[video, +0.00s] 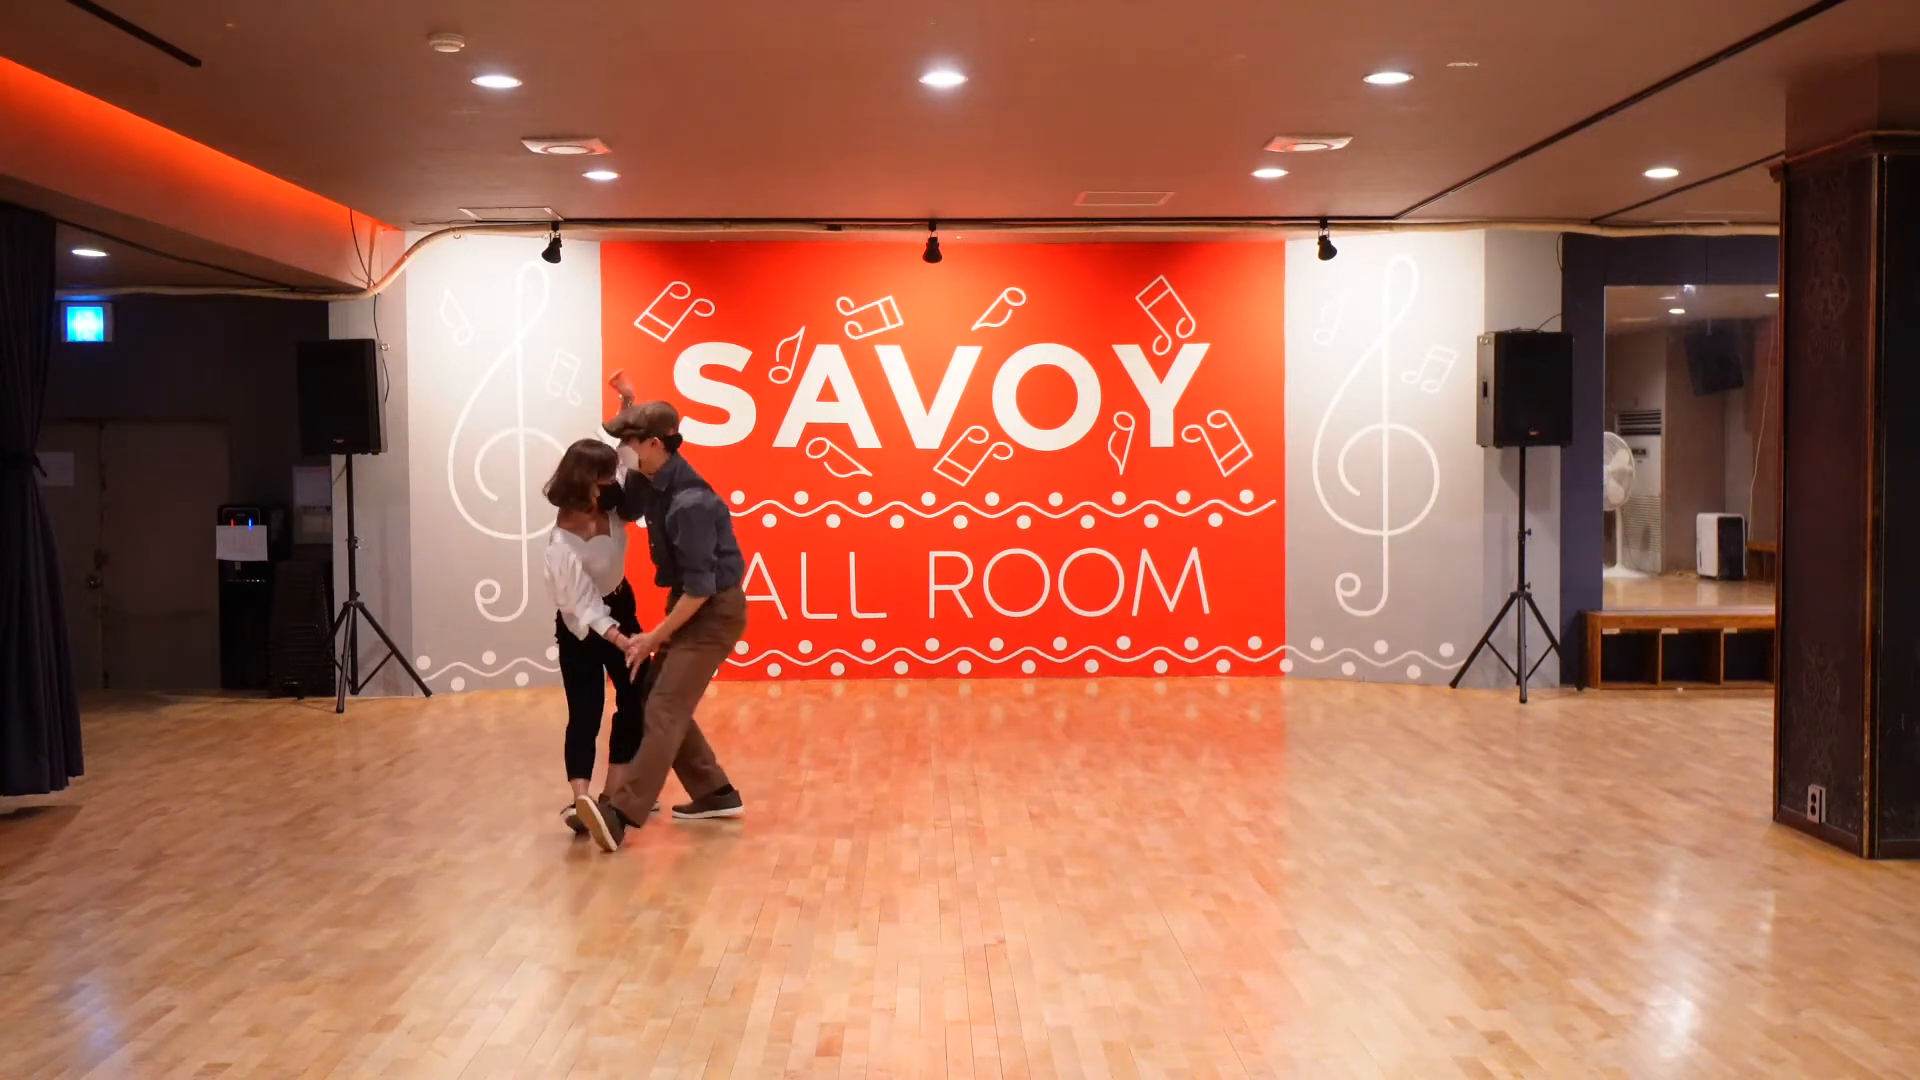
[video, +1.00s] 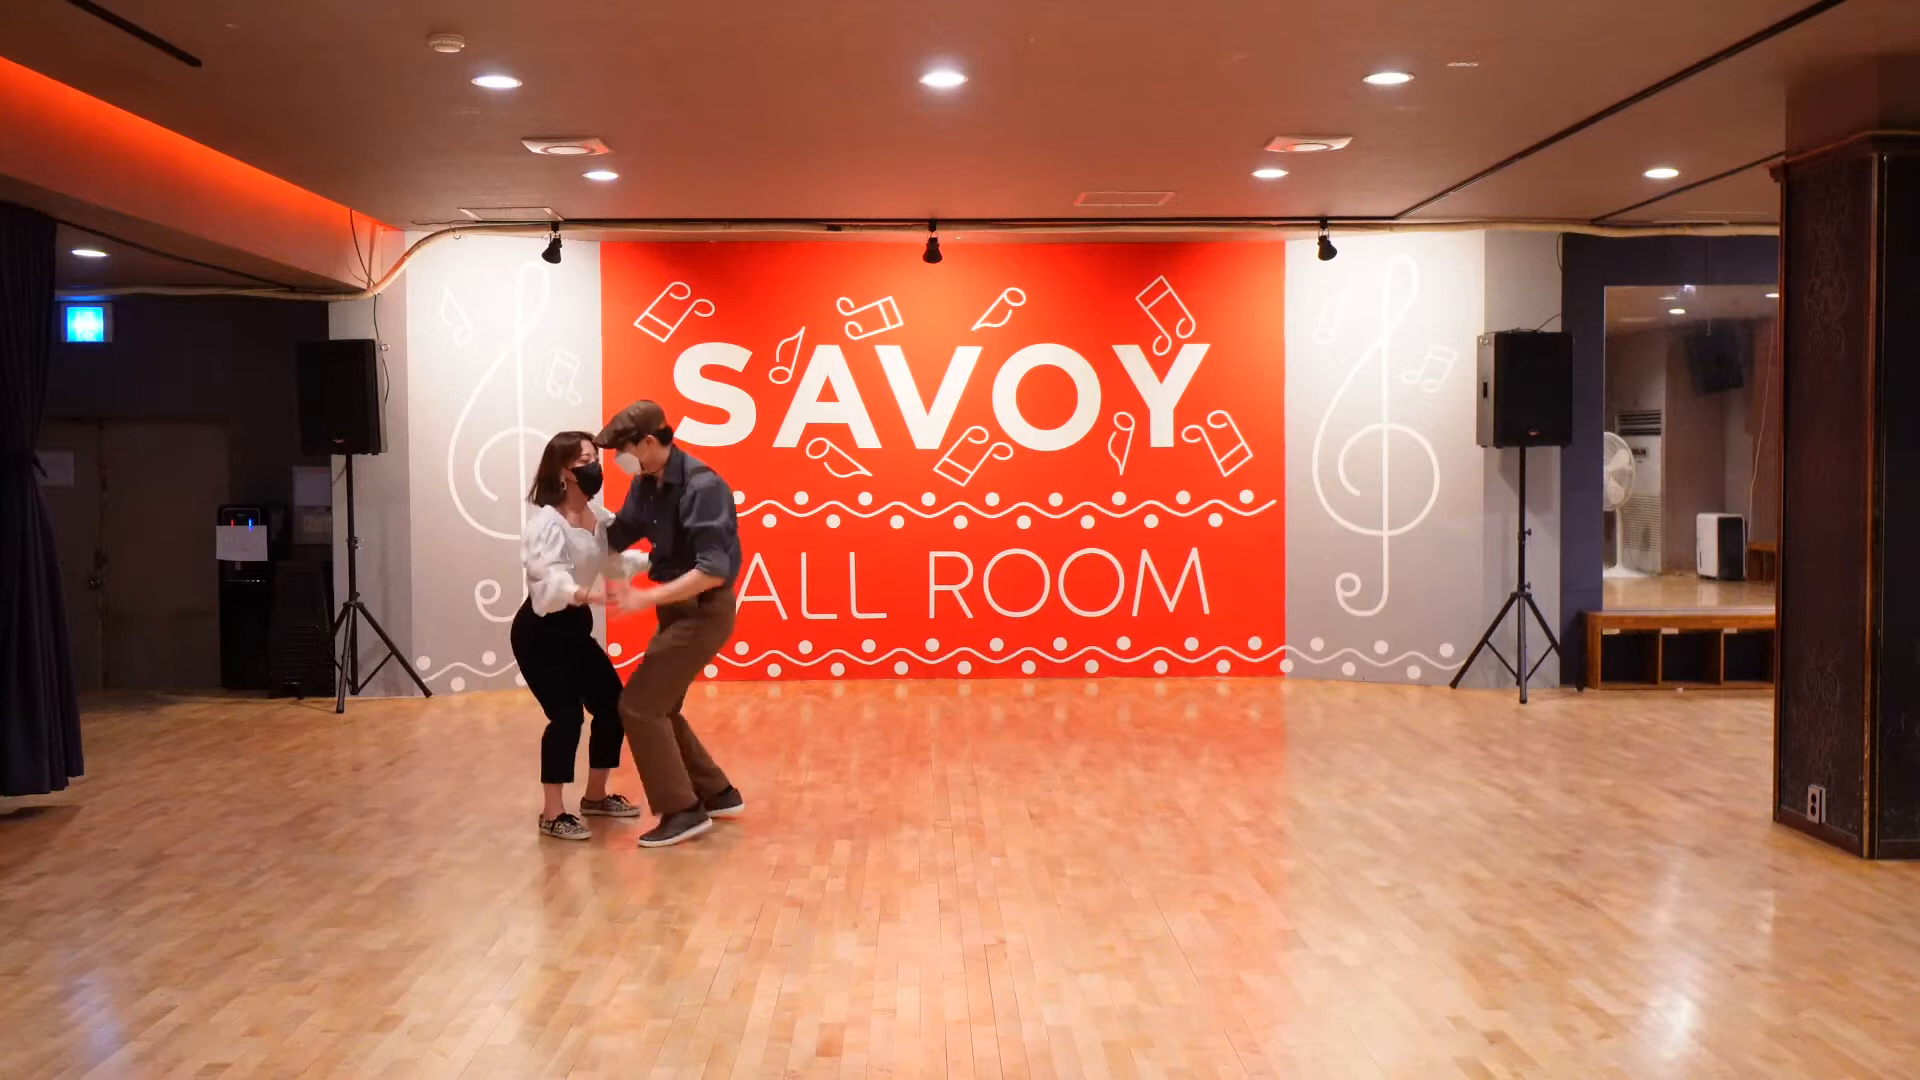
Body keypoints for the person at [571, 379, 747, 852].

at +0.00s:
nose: (629, 453)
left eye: (634, 443)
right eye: (628, 445)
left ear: (657, 444)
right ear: (655, 443)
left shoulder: (689, 502)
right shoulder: (651, 480)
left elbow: (699, 591)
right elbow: (622, 509)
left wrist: (655, 637)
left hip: (716, 610)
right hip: (689, 606)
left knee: (667, 704)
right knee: (659, 699)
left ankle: (620, 812)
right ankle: (716, 793)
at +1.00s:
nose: (628, 461)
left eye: (630, 450)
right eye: (623, 453)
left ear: (653, 441)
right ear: (642, 446)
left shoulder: (703, 486)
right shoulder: (647, 484)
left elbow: (714, 570)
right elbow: (614, 539)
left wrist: (645, 596)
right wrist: (574, 505)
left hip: (707, 610)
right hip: (675, 609)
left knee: (639, 705)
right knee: (656, 707)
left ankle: (682, 810)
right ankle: (716, 791)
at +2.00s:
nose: (627, 465)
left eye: (629, 455)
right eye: (624, 458)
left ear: (654, 446)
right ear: (654, 448)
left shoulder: (684, 479)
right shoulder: (657, 491)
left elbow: (602, 492)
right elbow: (603, 538)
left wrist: (535, 459)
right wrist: (559, 550)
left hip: (699, 613)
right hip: (683, 611)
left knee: (627, 720)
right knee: (618, 713)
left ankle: (671, 822)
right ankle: (575, 807)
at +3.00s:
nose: (626, 497)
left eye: (633, 488)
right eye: (624, 488)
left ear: (664, 477)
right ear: (656, 479)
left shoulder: (704, 519)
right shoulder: (646, 522)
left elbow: (730, 595)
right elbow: (592, 560)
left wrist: (679, 644)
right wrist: (534, 558)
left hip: (724, 636)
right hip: (693, 633)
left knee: (641, 726)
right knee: (624, 715)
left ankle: (698, 823)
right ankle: (699, 794)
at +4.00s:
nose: (614, 492)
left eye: (622, 483)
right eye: (613, 483)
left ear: (649, 480)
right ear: (637, 481)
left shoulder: (696, 519)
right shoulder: (625, 513)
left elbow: (761, 546)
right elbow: (572, 542)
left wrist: (806, 577)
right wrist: (527, 557)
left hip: (707, 630)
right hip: (669, 629)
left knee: (659, 720)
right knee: (624, 719)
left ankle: (610, 825)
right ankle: (692, 797)